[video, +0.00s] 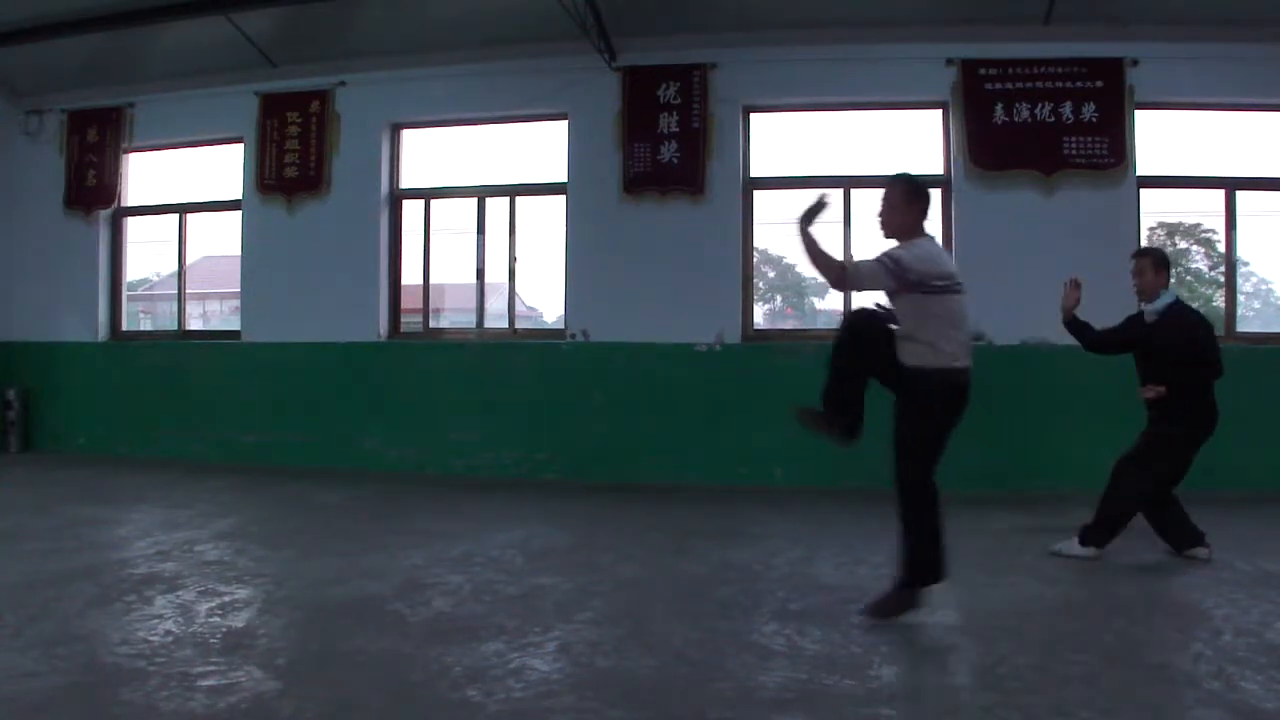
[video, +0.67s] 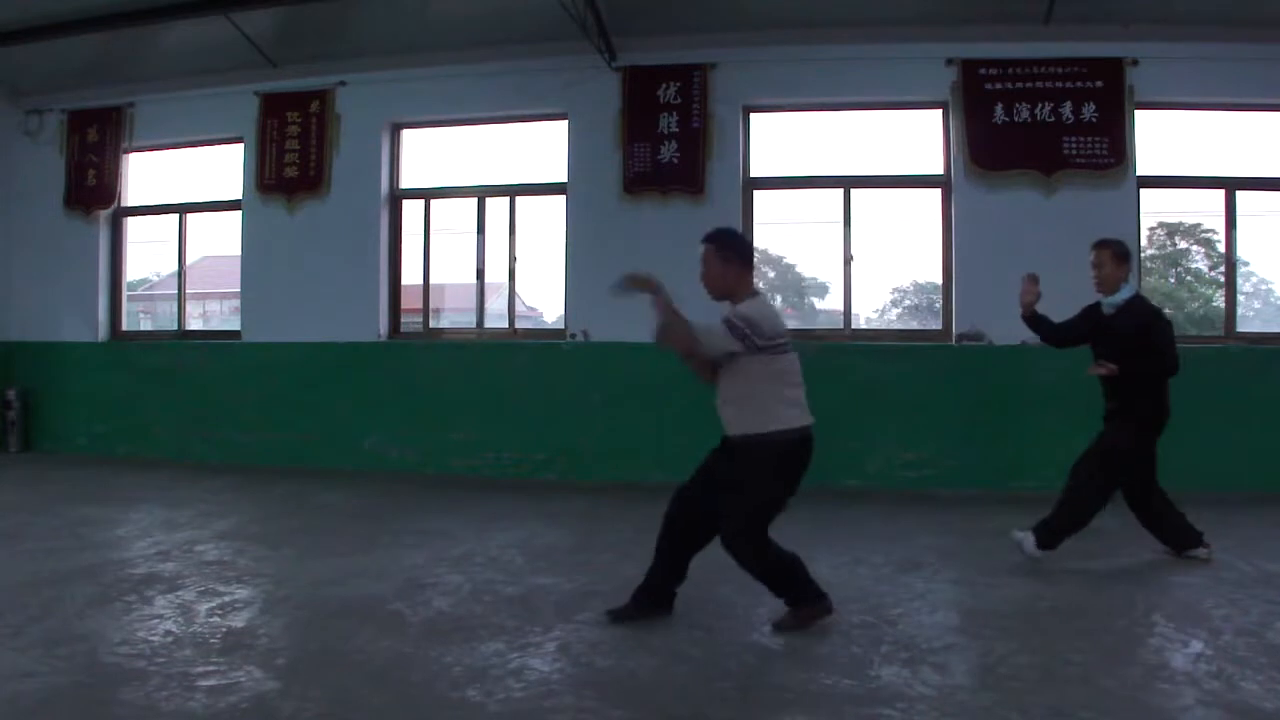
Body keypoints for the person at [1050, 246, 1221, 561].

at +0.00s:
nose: (1135, 282)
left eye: (1141, 275)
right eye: (1133, 276)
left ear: (1162, 277)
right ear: (1136, 278)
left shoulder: (1190, 321)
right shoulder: (1140, 323)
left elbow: (1212, 369)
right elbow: (1100, 343)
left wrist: (1168, 388)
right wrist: (1069, 316)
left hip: (1191, 418)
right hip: (1163, 417)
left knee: (1131, 471)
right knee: (1148, 482)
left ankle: (1091, 541)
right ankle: (1191, 544)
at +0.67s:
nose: (1094, 274)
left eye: (1101, 267)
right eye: (1093, 268)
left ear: (1124, 270)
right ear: (1097, 271)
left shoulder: (1149, 316)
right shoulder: (1098, 314)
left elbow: (1168, 365)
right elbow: (1060, 336)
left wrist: (1121, 370)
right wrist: (1029, 312)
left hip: (1144, 416)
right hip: (1118, 415)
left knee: (1092, 475)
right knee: (1139, 488)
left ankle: (1043, 538)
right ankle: (1189, 543)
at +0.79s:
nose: (1061, 273)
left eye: (1068, 266)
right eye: (1059, 266)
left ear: (1090, 269)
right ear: (1062, 269)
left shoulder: (1115, 317)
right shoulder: (1061, 313)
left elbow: (1131, 367)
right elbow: (1024, 336)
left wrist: (1087, 363)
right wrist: (994, 312)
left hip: (1109, 420)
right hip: (1084, 418)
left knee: (1053, 468)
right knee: (1128, 484)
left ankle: (1030, 545)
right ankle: (1187, 535)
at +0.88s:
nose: (1031, 268)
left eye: (1037, 261)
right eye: (1030, 261)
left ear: (1060, 265)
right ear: (1035, 265)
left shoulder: (1083, 312)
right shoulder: (1033, 308)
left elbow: (1092, 365)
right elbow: (999, 342)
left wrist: (1050, 351)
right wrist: (971, 321)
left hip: (1078, 413)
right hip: (1054, 411)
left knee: (1024, 470)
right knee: (1086, 481)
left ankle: (1023, 546)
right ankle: (1151, 511)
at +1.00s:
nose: (1001, 256)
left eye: (1006, 249)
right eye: (1001, 249)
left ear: (1026, 251)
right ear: (1027, 252)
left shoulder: (1037, 296)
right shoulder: (1040, 290)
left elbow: (1013, 346)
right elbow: (1037, 337)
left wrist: (975, 334)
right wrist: (1006, 316)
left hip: (1047, 402)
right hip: (1046, 398)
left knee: (1012, 468)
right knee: (1014, 464)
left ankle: (1020, 547)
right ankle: (1060, 506)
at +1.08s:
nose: (976, 241)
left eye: (981, 233)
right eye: (976, 234)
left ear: (1000, 234)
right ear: (1001, 234)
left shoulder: (1017, 276)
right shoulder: (1014, 272)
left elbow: (980, 306)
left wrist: (922, 283)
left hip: (1030, 381)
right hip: (1015, 373)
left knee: (1013, 458)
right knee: (952, 389)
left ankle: (1019, 543)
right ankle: (974, 450)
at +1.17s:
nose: (963, 230)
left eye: (967, 223)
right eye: (962, 223)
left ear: (987, 223)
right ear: (987, 224)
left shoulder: (1000, 267)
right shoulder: (999, 260)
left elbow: (945, 283)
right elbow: (1014, 312)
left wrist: (893, 266)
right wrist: (982, 308)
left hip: (1019, 365)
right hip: (1003, 355)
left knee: (996, 439)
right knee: (939, 349)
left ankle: (1008, 529)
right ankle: (962, 411)